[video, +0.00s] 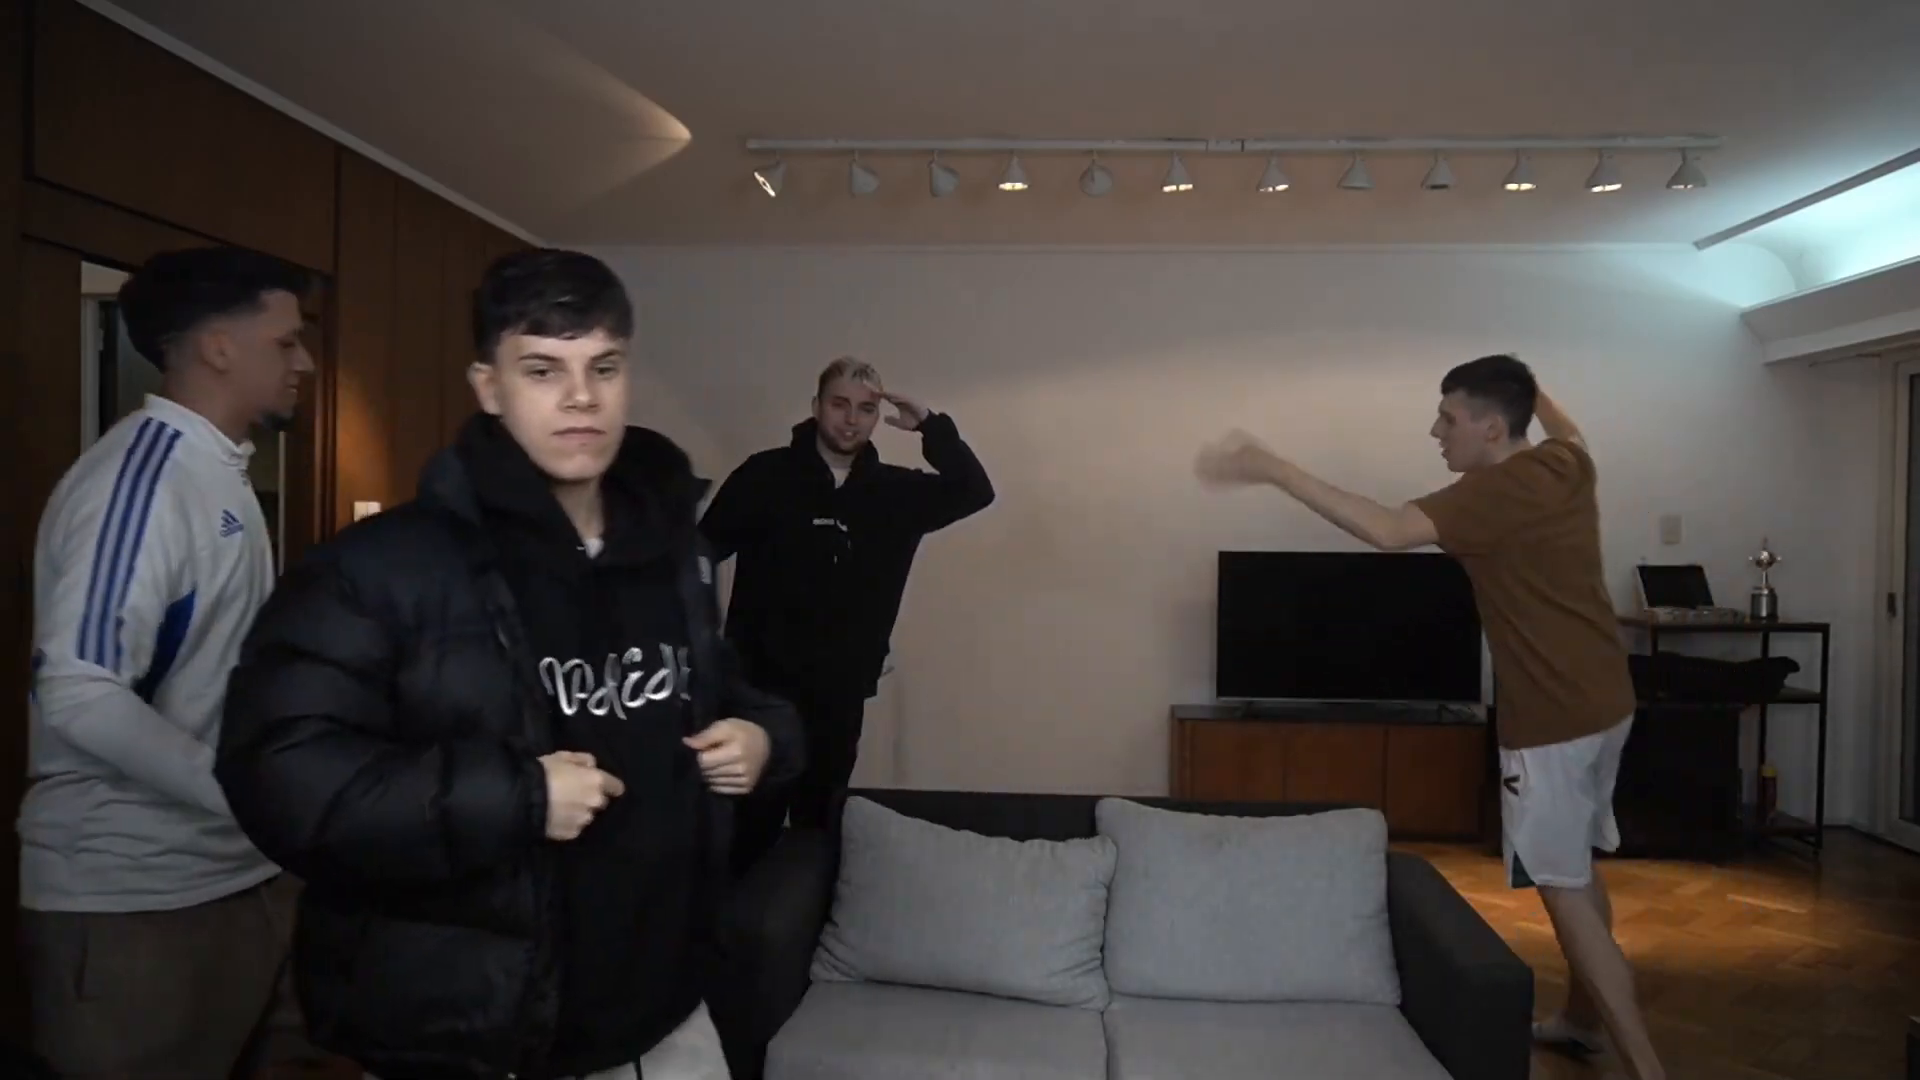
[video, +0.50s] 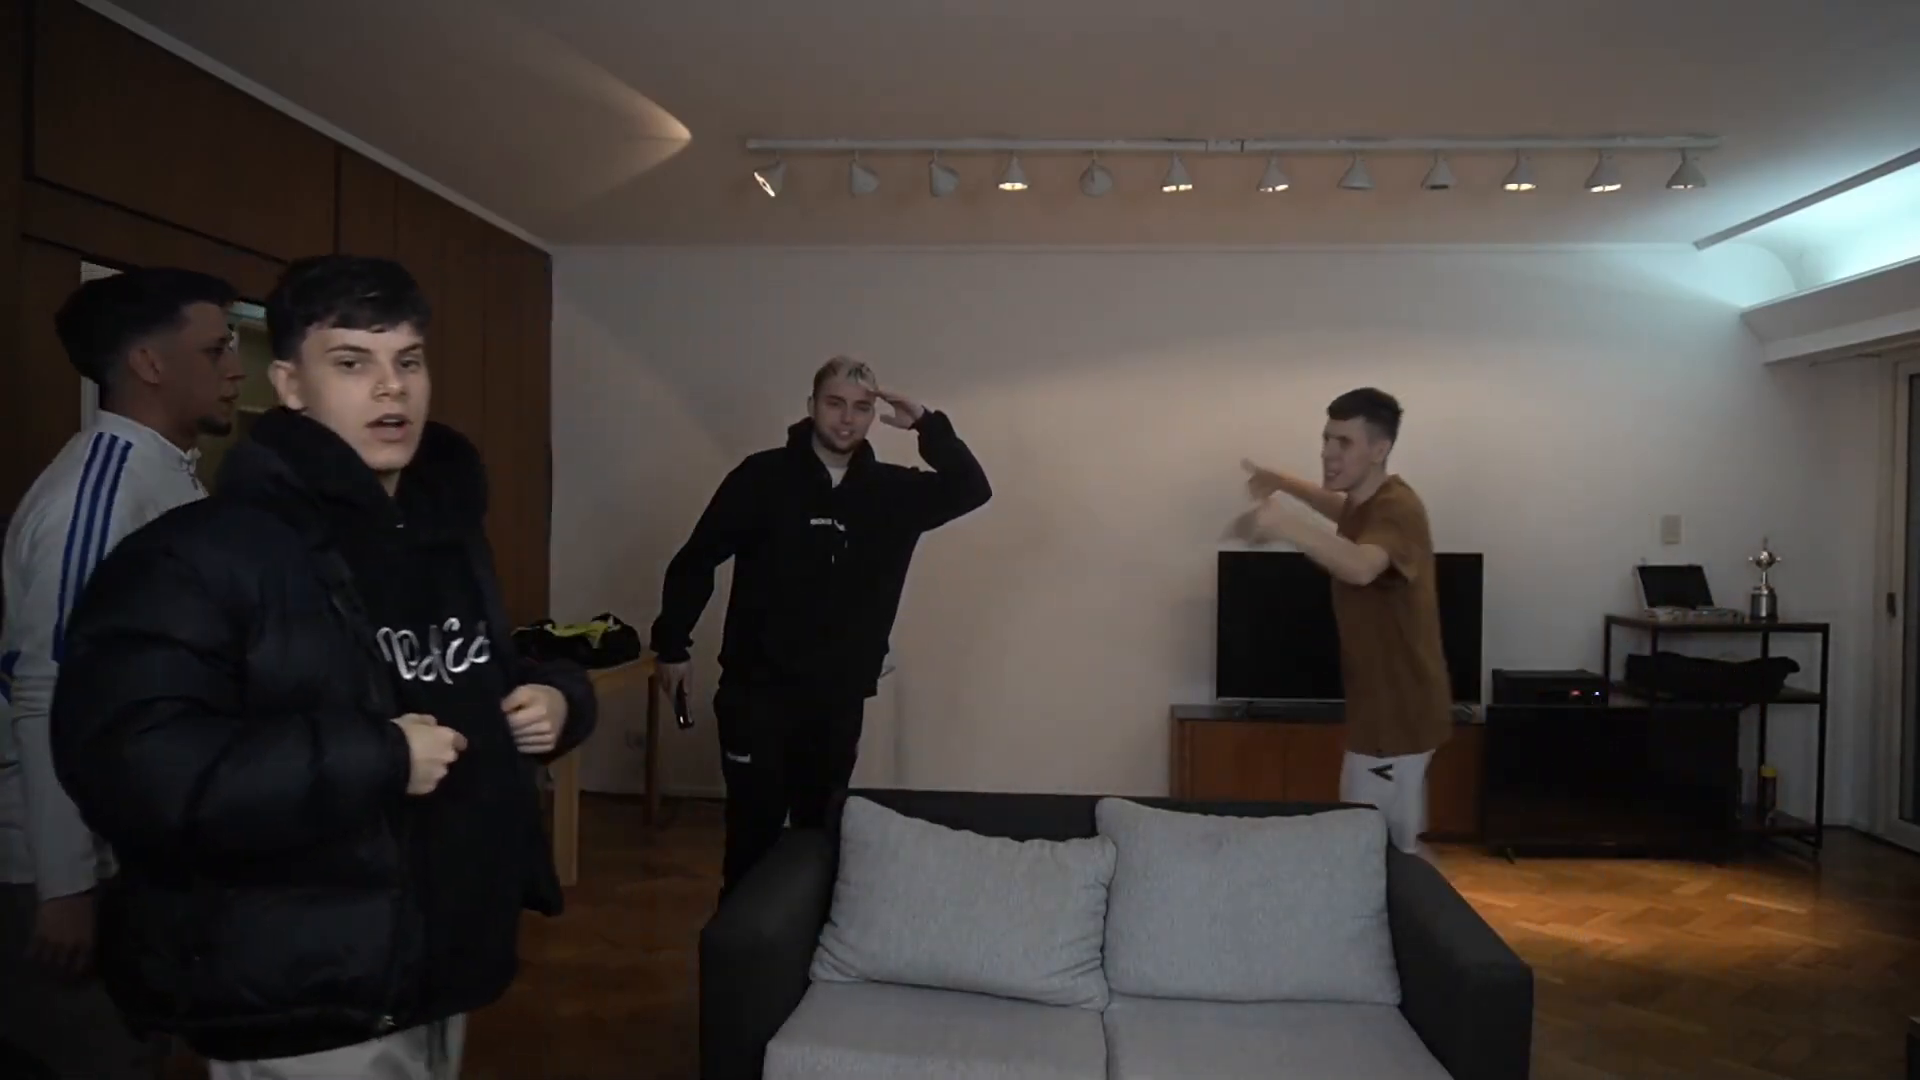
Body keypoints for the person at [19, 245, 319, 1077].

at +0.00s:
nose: (305, 366)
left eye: (301, 344)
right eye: (286, 343)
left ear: (219, 350)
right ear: (217, 348)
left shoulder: (214, 470)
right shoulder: (142, 473)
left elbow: (209, 679)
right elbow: (79, 693)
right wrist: (257, 796)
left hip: (221, 889)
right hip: (135, 908)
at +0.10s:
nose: (273, 356)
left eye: (272, 336)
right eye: (252, 335)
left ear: (183, 346)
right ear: (176, 343)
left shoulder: (193, 465)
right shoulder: (118, 464)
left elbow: (179, 665)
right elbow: (42, 678)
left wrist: (264, 736)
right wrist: (220, 764)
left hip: (187, 889)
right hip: (111, 904)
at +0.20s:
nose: (253, 354)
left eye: (251, 332)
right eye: (230, 332)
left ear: (162, 344)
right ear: (153, 340)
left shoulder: (180, 463)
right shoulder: (101, 464)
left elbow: (172, 658)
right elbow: (33, 679)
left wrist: (241, 777)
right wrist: (194, 806)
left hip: (158, 884)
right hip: (91, 897)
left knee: (161, 1062)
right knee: (90, 1066)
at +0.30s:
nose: (238, 355)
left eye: (237, 334)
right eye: (215, 334)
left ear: (152, 347)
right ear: (141, 344)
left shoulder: (181, 472)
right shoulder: (87, 472)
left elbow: (182, 669)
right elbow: (54, 690)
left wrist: (204, 839)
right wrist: (142, 873)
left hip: (149, 873)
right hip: (72, 892)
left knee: (163, 1060)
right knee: (88, 1065)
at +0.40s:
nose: (233, 361)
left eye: (230, 339)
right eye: (211, 340)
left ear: (147, 356)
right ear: (138, 352)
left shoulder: (170, 473)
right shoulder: (87, 484)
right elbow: (67, 696)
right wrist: (78, 894)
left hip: (154, 870)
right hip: (86, 883)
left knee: (152, 1057)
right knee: (95, 1064)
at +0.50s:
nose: (234, 368)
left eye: (231, 348)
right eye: (214, 348)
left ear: (151, 366)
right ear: (147, 363)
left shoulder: (168, 477)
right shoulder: (94, 487)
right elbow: (46, 696)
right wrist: (65, 882)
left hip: (150, 848)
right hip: (89, 872)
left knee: (155, 1052)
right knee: (96, 1059)